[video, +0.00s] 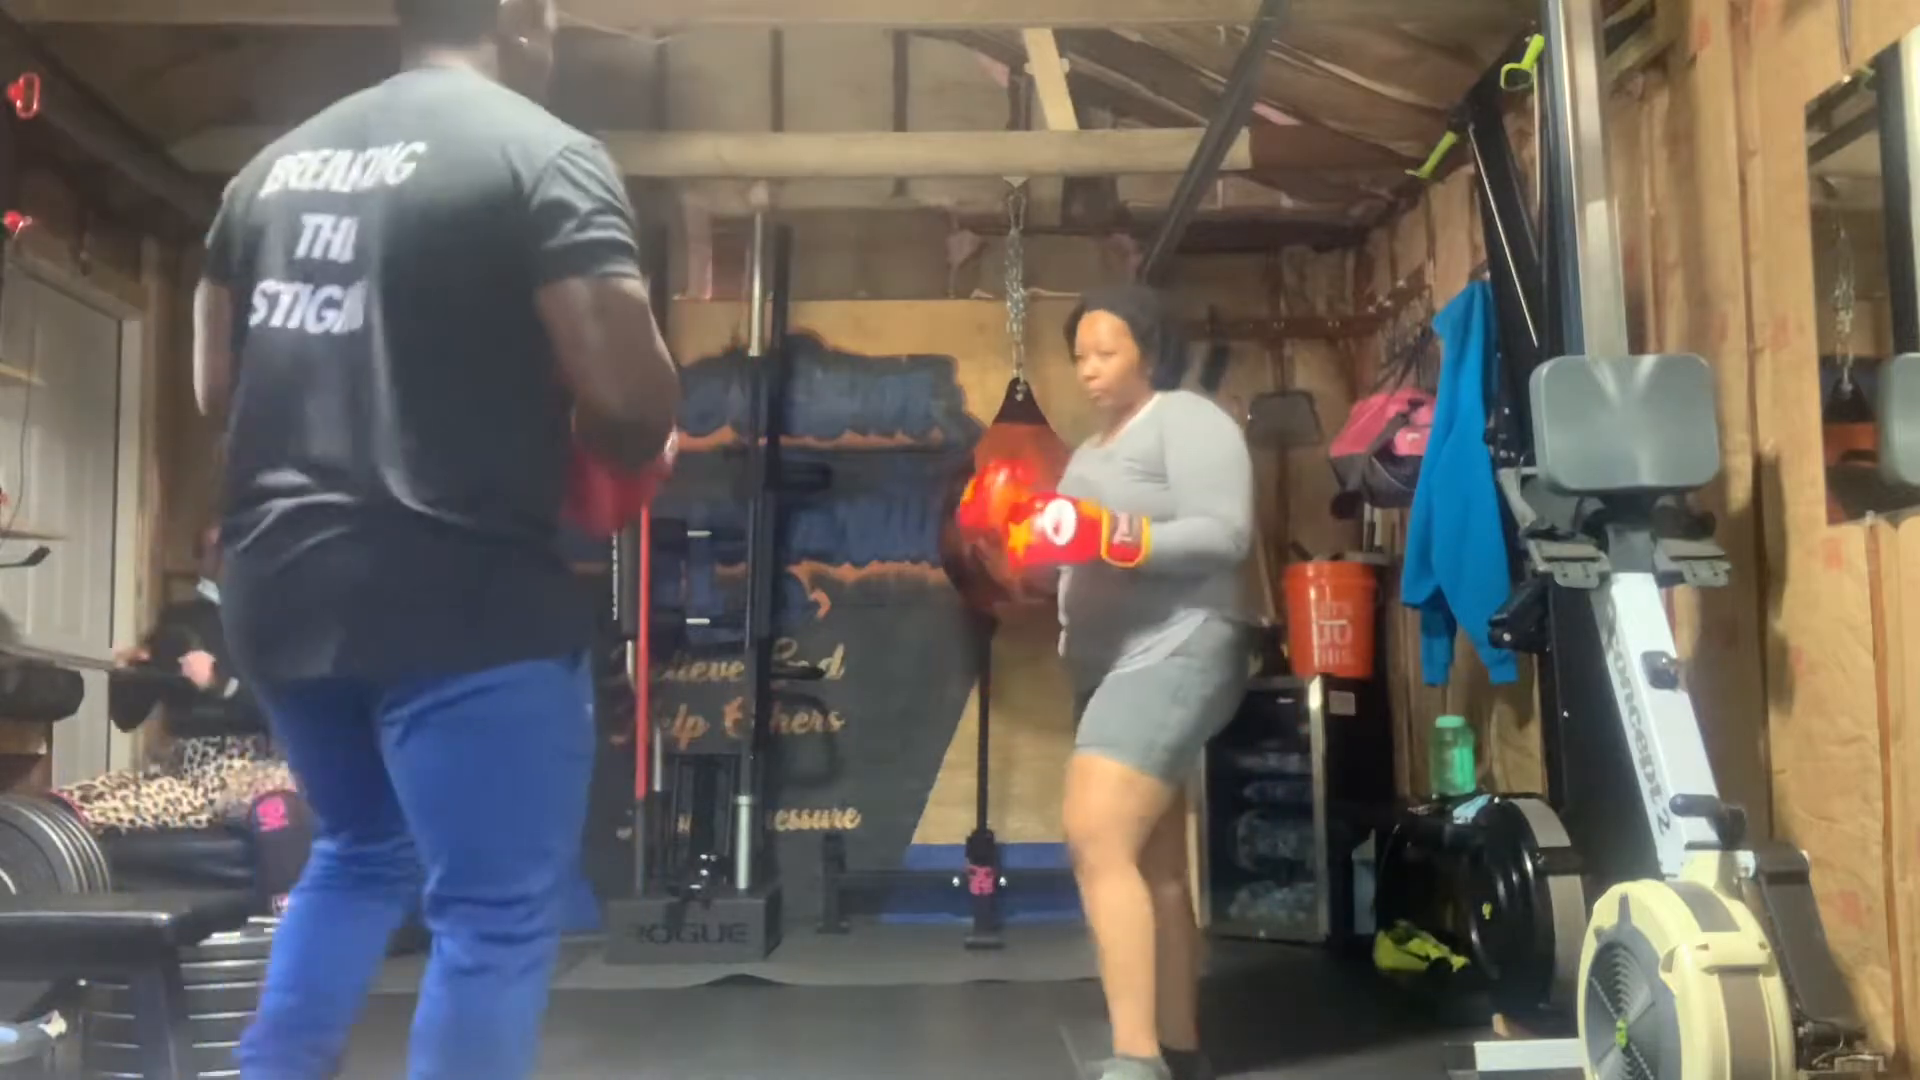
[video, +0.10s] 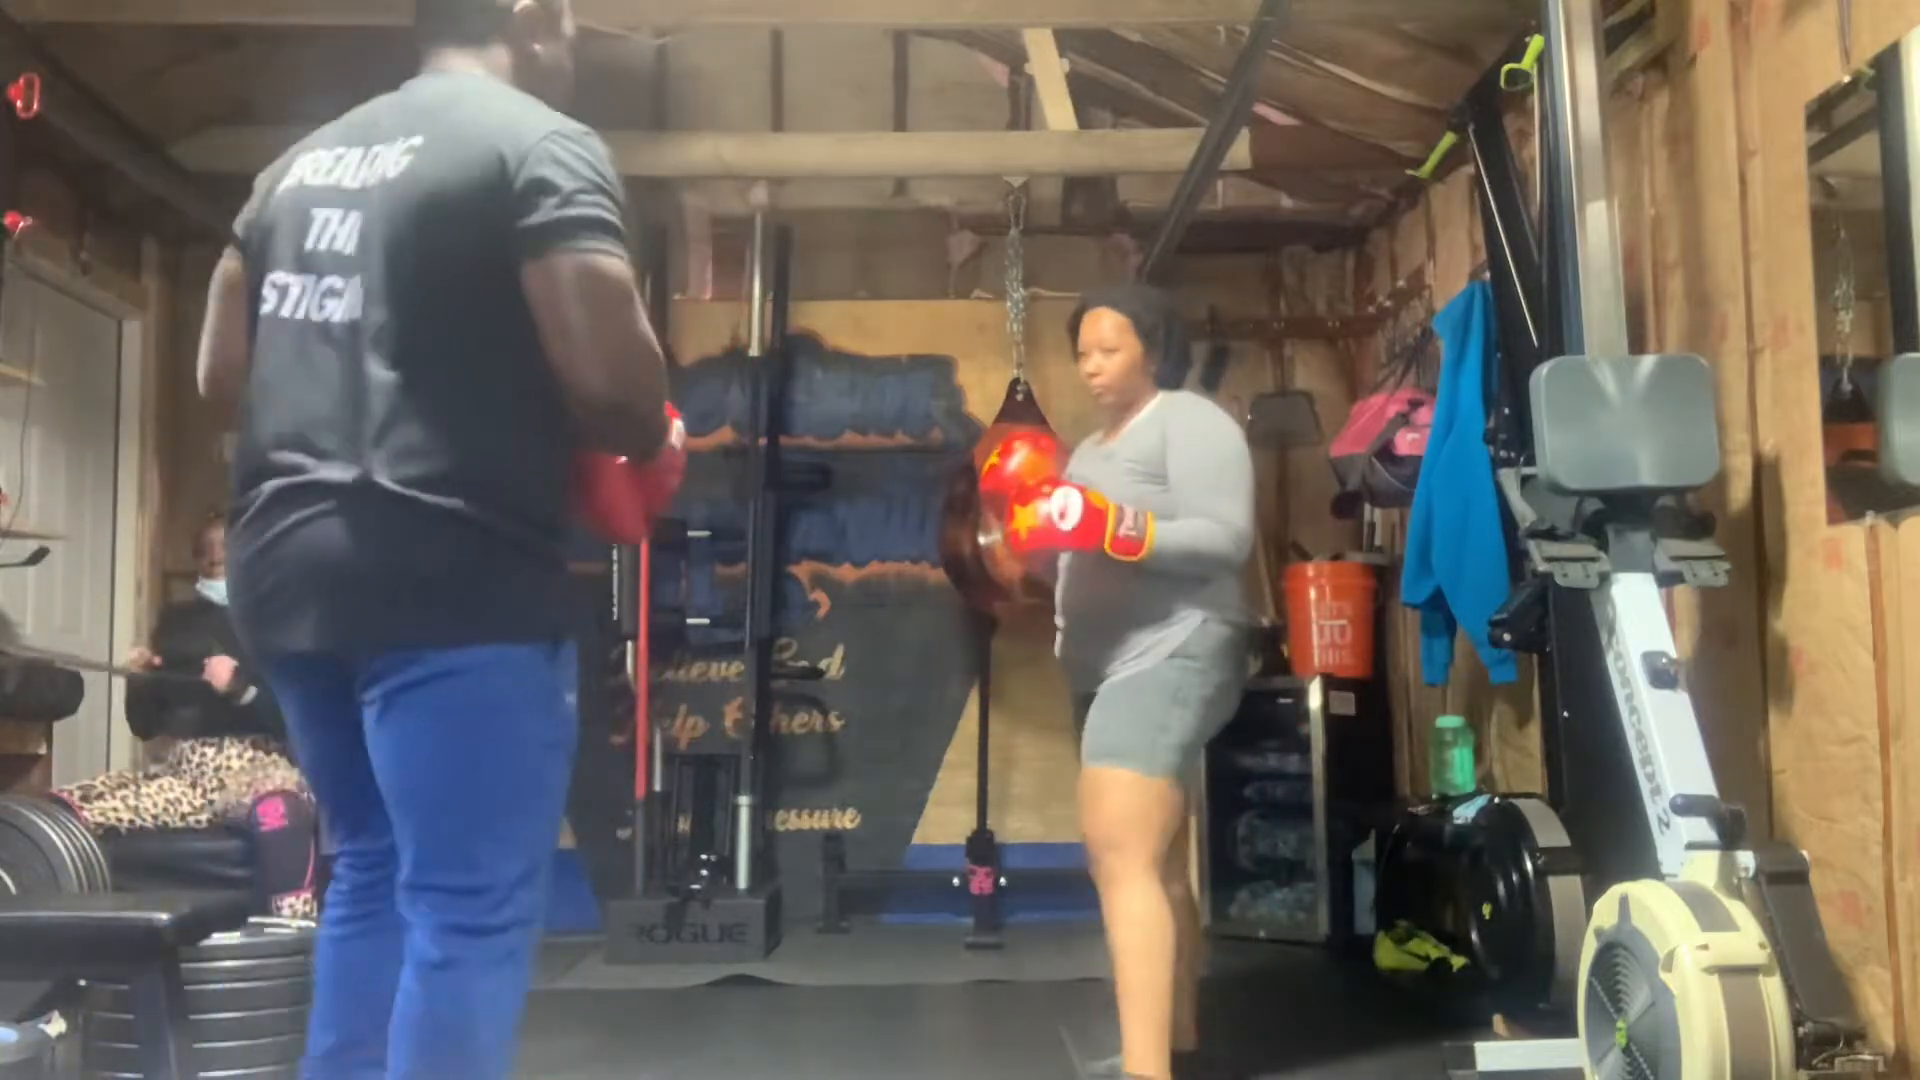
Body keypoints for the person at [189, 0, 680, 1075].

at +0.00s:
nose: (556, 34)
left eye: (553, 19)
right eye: (551, 19)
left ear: (406, 29)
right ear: (519, 23)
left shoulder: (266, 171)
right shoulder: (544, 151)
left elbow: (215, 389)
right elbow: (629, 395)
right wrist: (634, 447)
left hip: (280, 585)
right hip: (463, 586)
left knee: (359, 854)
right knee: (493, 924)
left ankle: (270, 1071)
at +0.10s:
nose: (575, 49)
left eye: (571, 31)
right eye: (568, 28)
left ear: (434, 33)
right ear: (529, 23)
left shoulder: (294, 165)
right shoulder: (540, 140)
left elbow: (219, 377)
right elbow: (607, 371)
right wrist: (649, 443)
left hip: (284, 566)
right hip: (453, 565)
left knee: (366, 876)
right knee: (470, 917)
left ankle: (337, 1075)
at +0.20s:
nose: (578, 92)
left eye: (580, 71)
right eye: (575, 67)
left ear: (447, 51)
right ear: (532, 47)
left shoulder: (319, 180)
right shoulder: (523, 150)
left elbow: (248, 397)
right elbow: (587, 357)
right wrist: (656, 447)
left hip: (285, 566)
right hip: (436, 557)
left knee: (386, 890)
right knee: (471, 922)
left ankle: (379, 1074)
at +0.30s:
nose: (574, 131)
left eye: (579, 109)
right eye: (574, 105)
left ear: (452, 82)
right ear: (531, 77)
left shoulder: (348, 197)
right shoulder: (498, 153)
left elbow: (380, 393)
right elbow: (547, 338)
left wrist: (542, 462)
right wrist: (646, 453)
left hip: (282, 557)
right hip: (415, 550)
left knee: (393, 886)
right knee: (476, 919)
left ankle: (380, 1072)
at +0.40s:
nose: (582, 143)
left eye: (586, 121)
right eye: (581, 116)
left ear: (463, 92)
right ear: (531, 88)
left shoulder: (396, 178)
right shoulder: (493, 148)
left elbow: (414, 388)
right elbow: (507, 320)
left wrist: (562, 439)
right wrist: (630, 436)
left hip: (287, 545)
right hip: (400, 548)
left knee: (387, 892)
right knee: (452, 909)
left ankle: (383, 1073)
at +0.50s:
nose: (580, 160)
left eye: (586, 136)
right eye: (579, 128)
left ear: (471, 97)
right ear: (527, 94)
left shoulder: (402, 175)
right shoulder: (476, 149)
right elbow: (492, 319)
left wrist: (575, 406)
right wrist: (620, 428)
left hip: (308, 558)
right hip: (388, 562)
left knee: (405, 899)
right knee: (426, 906)